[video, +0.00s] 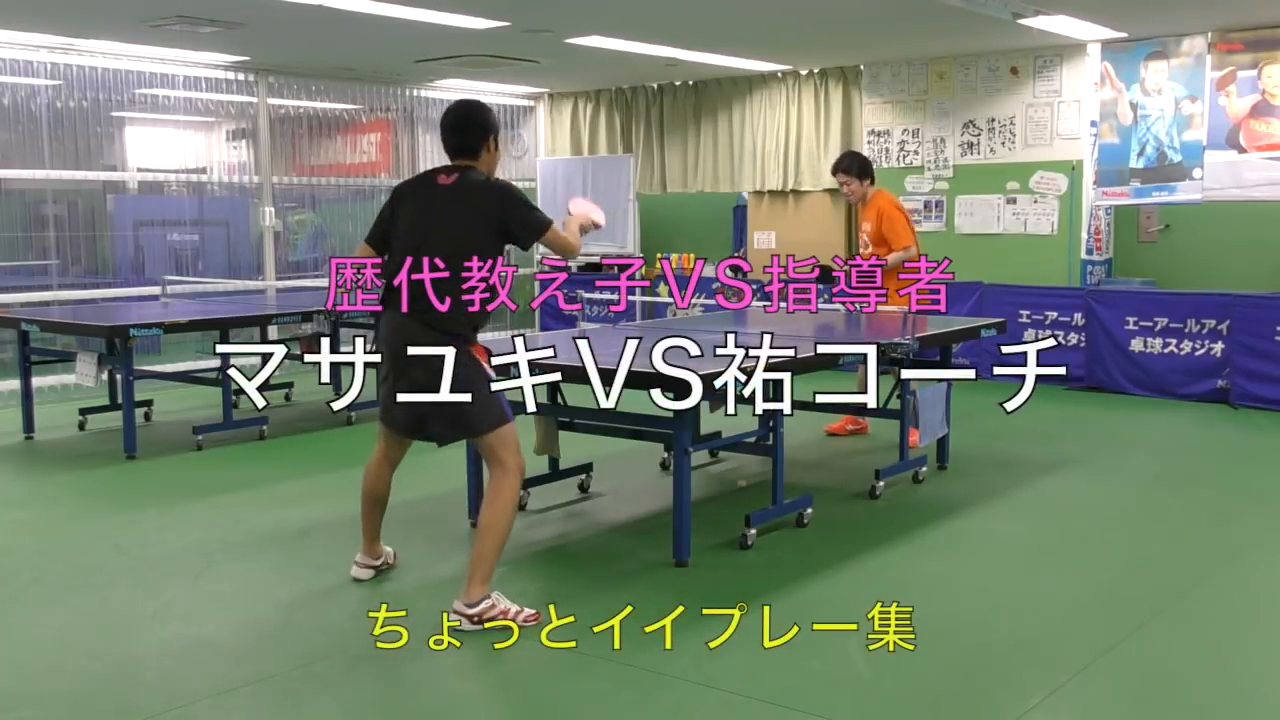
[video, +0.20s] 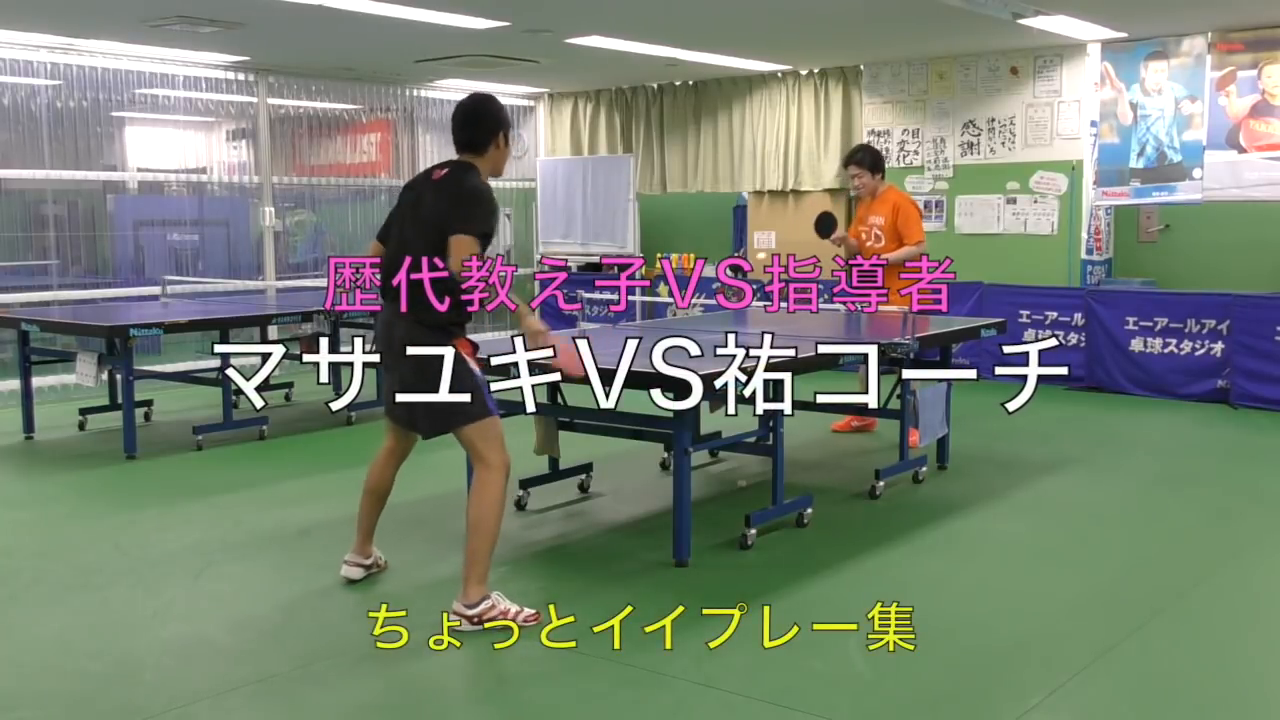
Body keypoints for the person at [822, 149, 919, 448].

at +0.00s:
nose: (844, 191)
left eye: (848, 184)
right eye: (841, 185)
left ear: (865, 179)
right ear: (845, 183)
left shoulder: (886, 206)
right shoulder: (866, 206)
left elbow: (909, 250)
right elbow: (873, 249)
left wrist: (876, 265)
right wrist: (854, 264)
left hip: (898, 298)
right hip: (876, 298)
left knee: (901, 363)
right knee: (867, 357)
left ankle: (913, 423)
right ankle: (857, 416)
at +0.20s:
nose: (854, 183)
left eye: (859, 176)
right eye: (851, 177)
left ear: (877, 173)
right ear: (851, 177)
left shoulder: (901, 202)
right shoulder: (863, 206)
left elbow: (918, 247)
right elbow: (856, 254)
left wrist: (881, 259)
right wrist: (845, 241)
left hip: (901, 297)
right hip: (873, 298)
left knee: (907, 362)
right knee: (867, 355)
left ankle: (914, 423)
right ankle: (864, 412)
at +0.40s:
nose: (858, 177)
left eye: (864, 171)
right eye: (854, 172)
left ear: (879, 171)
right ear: (851, 174)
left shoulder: (902, 202)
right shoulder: (855, 206)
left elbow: (922, 244)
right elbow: (850, 252)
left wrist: (886, 256)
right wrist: (837, 245)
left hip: (901, 296)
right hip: (868, 297)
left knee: (907, 360)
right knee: (865, 355)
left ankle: (913, 423)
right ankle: (866, 413)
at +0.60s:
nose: (852, 177)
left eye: (857, 171)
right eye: (848, 172)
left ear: (873, 171)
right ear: (846, 175)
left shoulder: (895, 201)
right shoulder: (855, 208)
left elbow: (916, 242)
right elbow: (850, 254)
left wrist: (882, 256)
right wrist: (830, 279)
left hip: (899, 297)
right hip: (866, 298)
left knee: (910, 359)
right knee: (866, 356)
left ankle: (921, 419)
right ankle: (866, 414)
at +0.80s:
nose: (843, 187)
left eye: (848, 181)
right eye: (841, 182)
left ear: (865, 179)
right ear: (848, 182)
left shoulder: (892, 205)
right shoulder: (856, 213)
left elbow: (916, 246)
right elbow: (848, 256)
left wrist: (883, 261)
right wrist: (823, 273)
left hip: (903, 298)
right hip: (872, 299)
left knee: (912, 360)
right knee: (868, 355)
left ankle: (923, 422)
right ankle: (867, 413)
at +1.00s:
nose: (839, 184)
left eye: (843, 177)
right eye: (837, 178)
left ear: (861, 176)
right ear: (841, 178)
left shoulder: (893, 202)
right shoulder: (844, 211)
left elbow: (914, 241)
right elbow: (824, 245)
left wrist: (882, 252)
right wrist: (805, 237)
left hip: (904, 295)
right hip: (869, 297)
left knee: (914, 359)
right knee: (866, 355)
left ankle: (923, 420)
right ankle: (867, 413)